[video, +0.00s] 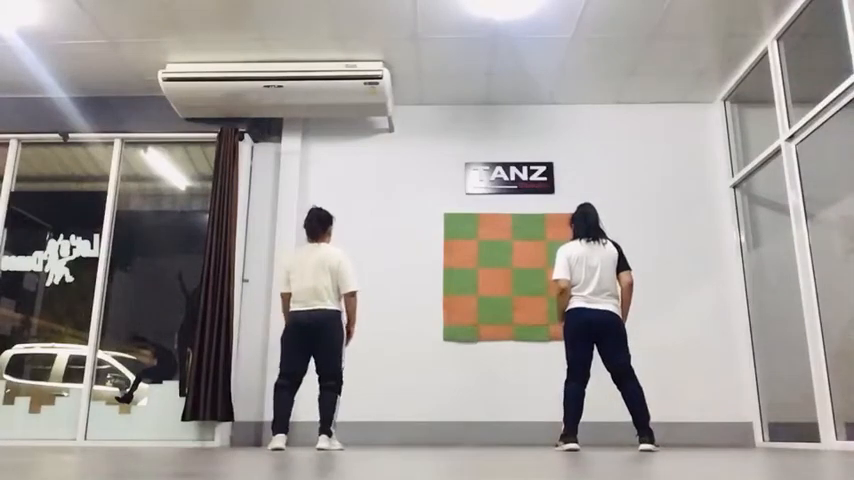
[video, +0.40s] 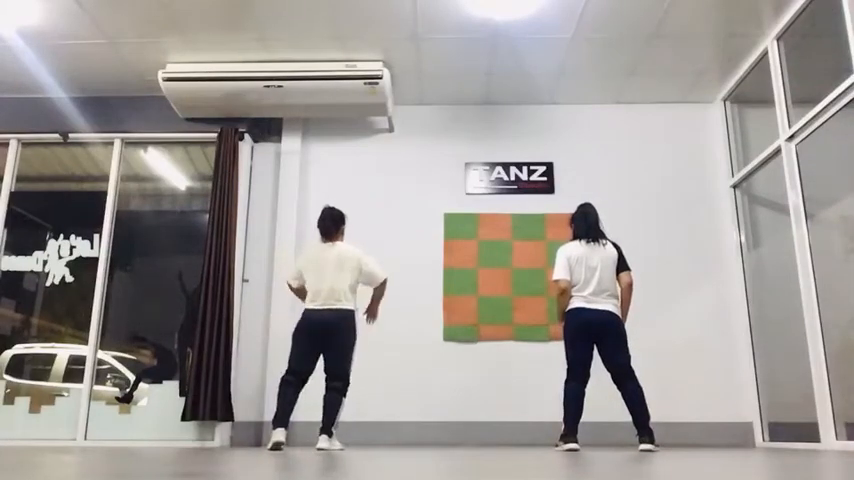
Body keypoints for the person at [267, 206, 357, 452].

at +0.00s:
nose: (331, 233)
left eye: (330, 229)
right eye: (331, 229)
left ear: (306, 231)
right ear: (328, 230)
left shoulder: (292, 256)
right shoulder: (336, 256)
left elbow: (285, 295)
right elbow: (349, 294)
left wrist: (288, 321)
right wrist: (351, 323)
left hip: (297, 321)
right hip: (328, 322)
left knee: (287, 378)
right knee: (330, 379)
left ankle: (279, 434)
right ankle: (325, 435)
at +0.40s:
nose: (342, 231)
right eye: (342, 228)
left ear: (319, 229)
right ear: (342, 229)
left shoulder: (310, 253)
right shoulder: (352, 254)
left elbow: (294, 283)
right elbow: (381, 280)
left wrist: (311, 301)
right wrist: (374, 305)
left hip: (311, 320)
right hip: (342, 322)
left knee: (294, 375)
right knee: (337, 380)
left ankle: (279, 429)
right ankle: (326, 435)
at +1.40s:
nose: (342, 229)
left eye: (336, 225)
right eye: (343, 225)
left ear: (322, 227)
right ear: (345, 227)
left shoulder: (313, 250)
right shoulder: (356, 252)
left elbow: (307, 276)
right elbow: (361, 279)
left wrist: (328, 279)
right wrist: (338, 279)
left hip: (313, 309)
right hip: (342, 309)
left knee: (311, 374)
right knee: (340, 375)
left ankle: (310, 433)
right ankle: (328, 432)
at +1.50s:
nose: (343, 229)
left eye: (341, 226)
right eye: (343, 226)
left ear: (318, 229)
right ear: (341, 227)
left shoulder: (311, 253)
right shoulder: (351, 251)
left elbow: (316, 277)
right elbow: (357, 275)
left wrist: (352, 275)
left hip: (310, 314)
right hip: (340, 313)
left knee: (310, 376)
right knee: (341, 376)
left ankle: (302, 432)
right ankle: (330, 430)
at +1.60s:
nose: (341, 236)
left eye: (340, 233)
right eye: (341, 233)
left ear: (314, 234)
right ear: (338, 234)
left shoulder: (309, 257)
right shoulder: (343, 254)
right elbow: (353, 277)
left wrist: (362, 276)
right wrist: (367, 276)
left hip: (305, 318)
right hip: (333, 317)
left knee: (311, 379)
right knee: (347, 375)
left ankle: (302, 435)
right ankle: (334, 428)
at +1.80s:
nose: (340, 242)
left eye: (338, 238)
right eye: (339, 239)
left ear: (315, 242)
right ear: (334, 241)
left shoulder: (307, 266)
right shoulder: (340, 263)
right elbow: (367, 284)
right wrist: (396, 282)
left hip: (293, 323)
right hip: (323, 323)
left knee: (307, 383)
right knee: (343, 378)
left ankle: (302, 436)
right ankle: (357, 434)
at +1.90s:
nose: (340, 240)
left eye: (338, 235)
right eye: (338, 236)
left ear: (314, 241)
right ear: (333, 238)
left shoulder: (310, 264)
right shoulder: (339, 260)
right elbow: (372, 280)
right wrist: (404, 277)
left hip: (291, 322)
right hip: (318, 321)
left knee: (304, 381)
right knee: (339, 377)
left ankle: (303, 436)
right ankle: (354, 434)